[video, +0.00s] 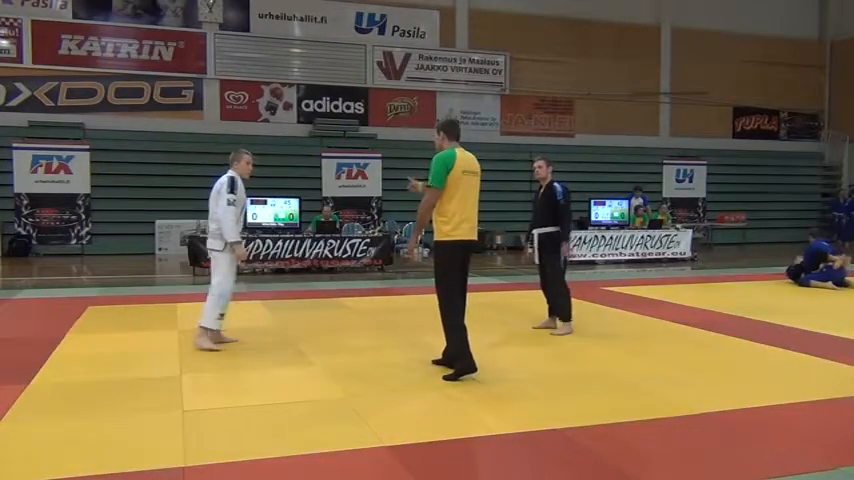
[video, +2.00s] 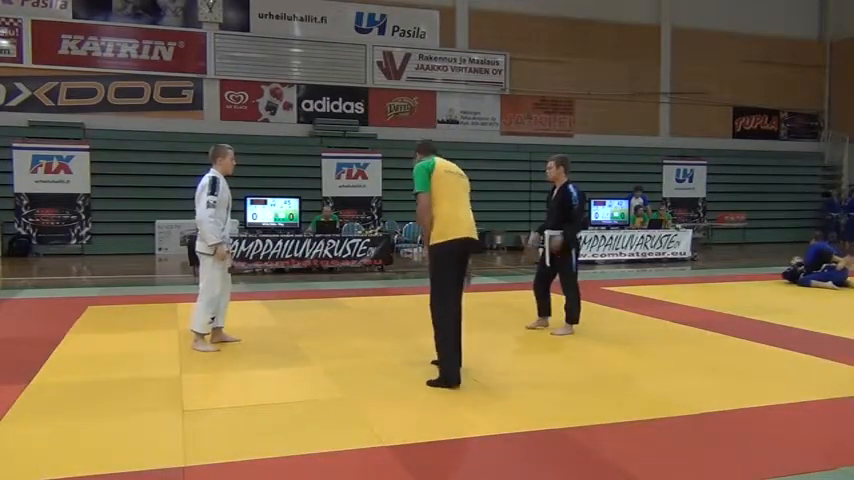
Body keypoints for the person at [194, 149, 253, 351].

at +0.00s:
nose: (251, 168)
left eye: (251, 164)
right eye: (248, 163)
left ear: (238, 164)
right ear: (236, 164)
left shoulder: (233, 182)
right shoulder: (231, 181)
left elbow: (229, 215)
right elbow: (228, 215)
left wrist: (236, 242)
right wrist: (236, 243)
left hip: (225, 243)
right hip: (221, 243)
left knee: (225, 285)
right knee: (221, 285)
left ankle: (215, 330)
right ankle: (203, 332)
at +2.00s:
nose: (235, 163)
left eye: (234, 159)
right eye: (232, 159)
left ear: (220, 160)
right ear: (221, 160)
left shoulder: (219, 182)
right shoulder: (212, 181)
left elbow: (217, 217)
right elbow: (206, 216)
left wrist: (225, 244)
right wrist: (217, 244)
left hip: (220, 245)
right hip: (210, 246)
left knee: (223, 288)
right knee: (210, 289)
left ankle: (217, 331)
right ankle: (199, 338)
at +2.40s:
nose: (249, 168)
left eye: (249, 163)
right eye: (247, 163)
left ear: (235, 164)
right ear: (235, 164)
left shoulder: (233, 185)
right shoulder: (224, 184)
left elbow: (230, 221)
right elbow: (224, 221)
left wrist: (248, 236)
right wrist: (249, 236)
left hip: (232, 247)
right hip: (217, 248)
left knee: (247, 284)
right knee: (213, 292)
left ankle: (248, 330)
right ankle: (199, 338)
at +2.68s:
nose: (281, 175)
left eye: (281, 171)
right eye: (279, 171)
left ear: (267, 171)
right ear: (268, 171)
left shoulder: (263, 191)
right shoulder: (258, 189)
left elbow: (252, 224)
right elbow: (252, 224)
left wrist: (267, 237)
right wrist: (277, 232)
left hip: (254, 253)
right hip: (238, 253)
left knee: (267, 290)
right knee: (230, 295)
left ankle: (273, 335)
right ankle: (202, 336)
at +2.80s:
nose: (295, 175)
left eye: (295, 171)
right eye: (293, 170)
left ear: (281, 169)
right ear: (282, 169)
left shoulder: (273, 187)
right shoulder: (273, 186)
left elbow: (266, 222)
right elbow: (269, 220)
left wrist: (288, 231)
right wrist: (291, 229)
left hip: (261, 248)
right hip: (250, 249)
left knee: (272, 289)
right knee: (254, 292)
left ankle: (273, 335)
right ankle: (220, 324)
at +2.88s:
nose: (302, 173)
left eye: (302, 169)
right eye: (301, 168)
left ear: (289, 167)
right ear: (292, 167)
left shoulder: (285, 186)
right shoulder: (278, 183)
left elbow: (281, 219)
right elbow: (279, 217)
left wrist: (304, 229)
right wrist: (304, 228)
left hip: (267, 246)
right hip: (255, 245)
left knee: (273, 289)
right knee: (265, 290)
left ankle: (273, 335)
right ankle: (242, 329)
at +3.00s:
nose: (313, 174)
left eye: (313, 169)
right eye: (311, 169)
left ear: (298, 168)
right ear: (302, 168)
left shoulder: (292, 187)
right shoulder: (287, 187)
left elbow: (294, 221)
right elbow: (293, 221)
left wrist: (322, 229)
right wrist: (323, 229)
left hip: (271, 248)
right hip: (267, 248)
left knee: (278, 291)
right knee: (280, 292)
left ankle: (274, 336)